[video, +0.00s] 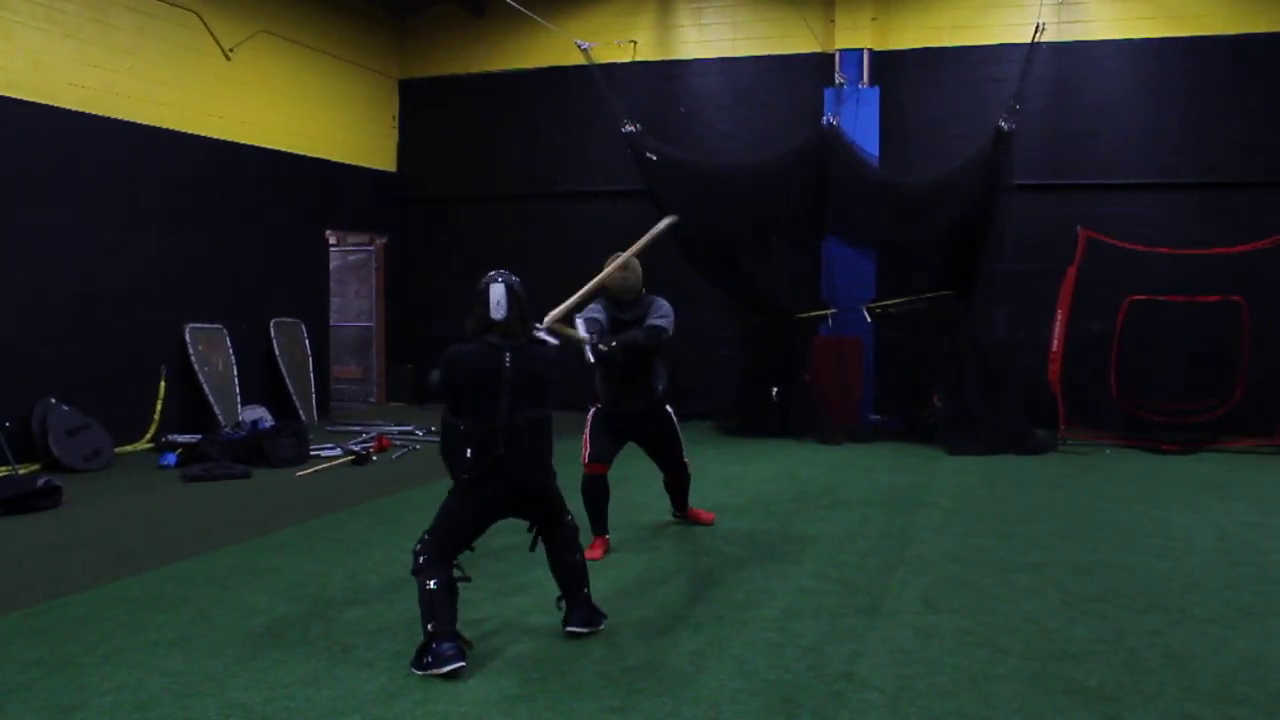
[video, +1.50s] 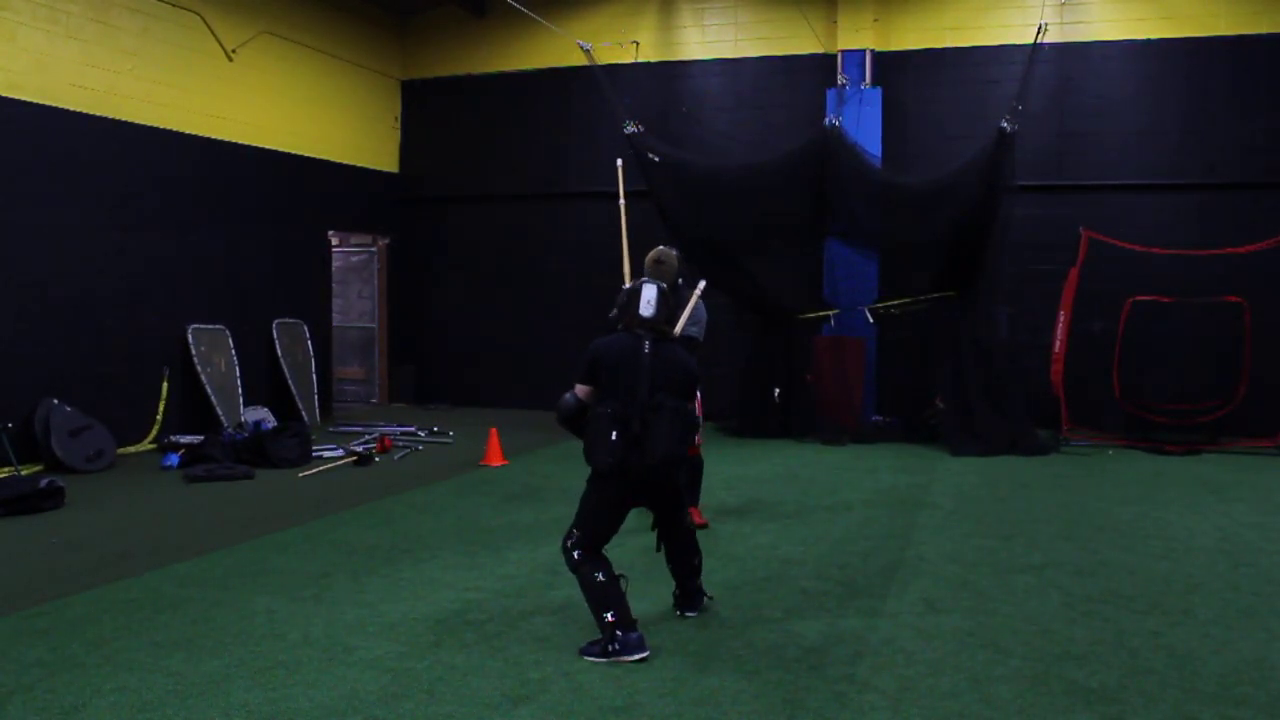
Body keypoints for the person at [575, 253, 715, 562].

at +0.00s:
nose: (625, 271)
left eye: (629, 266)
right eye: (617, 268)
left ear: (639, 277)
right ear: (605, 282)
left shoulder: (657, 306)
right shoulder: (595, 311)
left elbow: (657, 334)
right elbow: (589, 332)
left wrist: (617, 344)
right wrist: (597, 343)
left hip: (651, 407)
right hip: (609, 410)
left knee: (677, 468)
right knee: (593, 474)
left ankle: (682, 510)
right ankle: (599, 536)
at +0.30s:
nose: (626, 290)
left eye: (631, 283)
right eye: (620, 283)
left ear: (642, 282)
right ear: (610, 284)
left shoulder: (664, 312)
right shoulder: (597, 318)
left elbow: (677, 355)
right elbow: (578, 369)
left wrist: (631, 360)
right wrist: (594, 353)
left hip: (656, 408)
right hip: (612, 411)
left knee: (686, 475)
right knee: (595, 471)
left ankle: (682, 507)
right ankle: (602, 536)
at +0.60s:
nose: (664, 277)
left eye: (669, 271)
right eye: (659, 271)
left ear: (680, 269)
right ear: (650, 270)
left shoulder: (699, 301)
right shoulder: (635, 303)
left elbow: (709, 344)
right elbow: (614, 343)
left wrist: (664, 356)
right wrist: (630, 327)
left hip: (689, 395)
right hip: (645, 395)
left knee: (700, 463)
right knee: (624, 462)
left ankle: (696, 511)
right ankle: (605, 523)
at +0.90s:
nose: (686, 268)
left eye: (692, 263)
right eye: (682, 262)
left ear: (702, 266)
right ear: (673, 264)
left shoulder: (716, 300)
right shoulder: (652, 296)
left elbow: (720, 345)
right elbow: (628, 328)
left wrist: (675, 361)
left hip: (699, 387)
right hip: (658, 386)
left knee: (708, 451)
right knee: (640, 446)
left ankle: (696, 509)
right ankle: (640, 503)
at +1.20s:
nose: (674, 288)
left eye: (679, 283)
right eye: (669, 282)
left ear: (689, 284)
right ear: (661, 283)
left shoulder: (703, 313)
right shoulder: (647, 307)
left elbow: (697, 357)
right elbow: (631, 347)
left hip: (692, 394)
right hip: (652, 392)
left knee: (704, 449)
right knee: (640, 445)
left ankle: (696, 509)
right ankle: (633, 494)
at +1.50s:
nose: (659, 277)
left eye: (664, 272)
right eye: (655, 272)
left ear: (674, 274)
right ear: (650, 273)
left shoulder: (691, 302)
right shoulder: (633, 295)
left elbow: (690, 341)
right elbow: (616, 329)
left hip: (682, 382)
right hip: (643, 380)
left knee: (689, 441)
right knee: (643, 439)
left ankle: (691, 504)